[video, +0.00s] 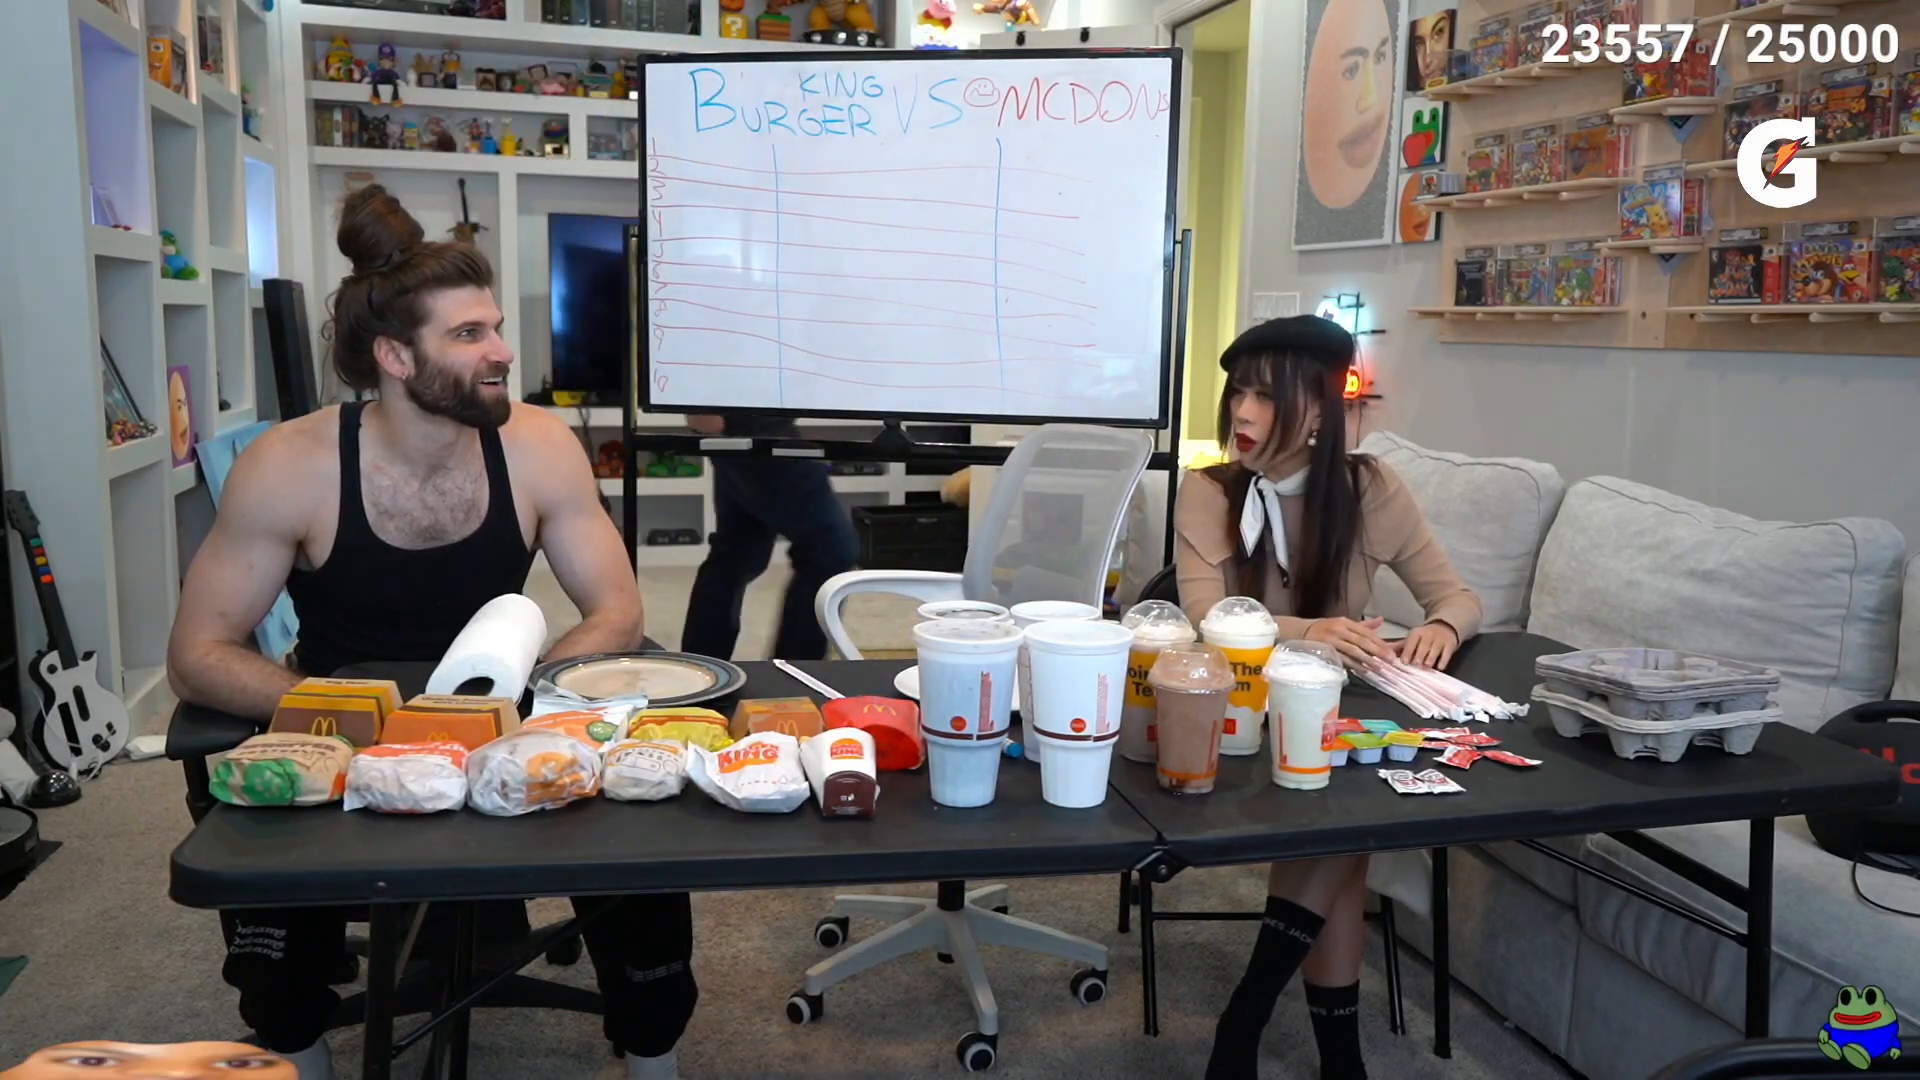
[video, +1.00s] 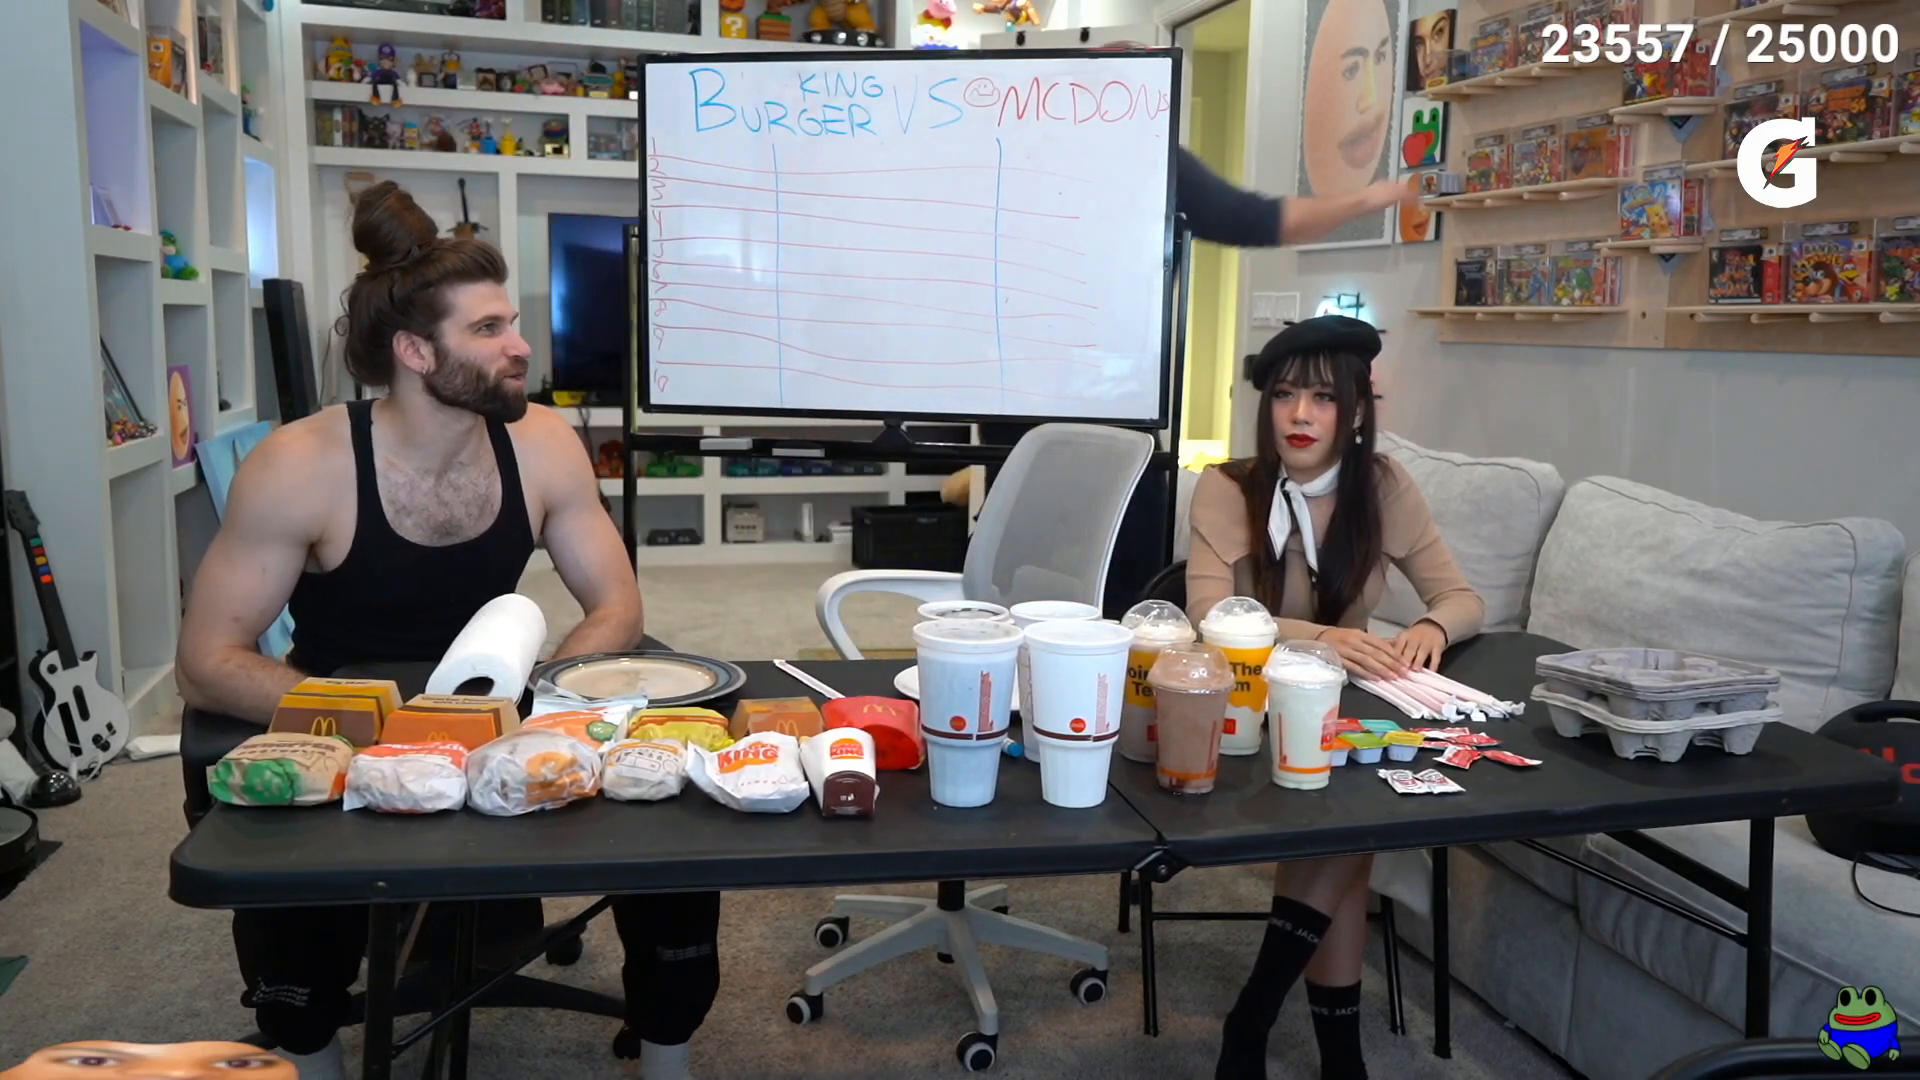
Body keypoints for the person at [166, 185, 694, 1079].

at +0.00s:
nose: (499, 351)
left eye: (499, 330)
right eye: (468, 336)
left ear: (502, 328)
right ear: (393, 358)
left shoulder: (539, 447)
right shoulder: (290, 466)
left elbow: (620, 614)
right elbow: (198, 654)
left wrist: (525, 679)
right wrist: (341, 709)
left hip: (509, 746)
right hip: (338, 757)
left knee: (638, 839)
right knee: (269, 879)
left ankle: (652, 1059)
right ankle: (299, 1060)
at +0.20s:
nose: (500, 352)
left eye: (499, 331)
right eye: (470, 337)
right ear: (396, 360)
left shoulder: (540, 447)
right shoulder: (290, 466)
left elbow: (620, 613)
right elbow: (198, 654)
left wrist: (528, 679)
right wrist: (340, 708)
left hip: (510, 746)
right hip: (339, 757)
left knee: (639, 840)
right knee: (270, 878)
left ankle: (652, 1058)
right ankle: (298, 1059)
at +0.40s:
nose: (503, 352)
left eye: (501, 330)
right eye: (472, 337)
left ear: (504, 326)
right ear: (397, 359)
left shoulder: (540, 447)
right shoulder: (291, 466)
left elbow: (620, 614)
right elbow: (198, 654)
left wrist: (524, 682)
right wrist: (342, 709)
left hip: (508, 747)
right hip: (338, 757)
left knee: (631, 849)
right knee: (279, 885)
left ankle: (651, 1061)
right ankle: (301, 1060)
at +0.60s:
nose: (508, 351)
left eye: (505, 329)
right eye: (477, 336)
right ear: (401, 357)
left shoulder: (539, 447)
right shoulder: (291, 465)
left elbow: (619, 613)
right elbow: (198, 654)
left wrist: (524, 681)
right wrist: (344, 714)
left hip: (509, 748)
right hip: (341, 758)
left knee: (624, 838)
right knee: (297, 863)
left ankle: (654, 1059)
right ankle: (313, 1060)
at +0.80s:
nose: (511, 349)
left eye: (507, 328)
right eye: (481, 335)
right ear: (405, 357)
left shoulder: (541, 447)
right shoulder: (293, 466)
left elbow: (618, 613)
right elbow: (199, 657)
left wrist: (527, 683)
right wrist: (355, 713)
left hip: (508, 744)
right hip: (342, 755)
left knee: (647, 831)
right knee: (299, 869)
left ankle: (662, 1058)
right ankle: (303, 1061)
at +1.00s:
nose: (518, 345)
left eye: (514, 323)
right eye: (488, 330)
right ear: (414, 352)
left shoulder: (541, 443)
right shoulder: (302, 464)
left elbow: (619, 608)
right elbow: (206, 658)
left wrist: (535, 688)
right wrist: (358, 714)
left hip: (504, 743)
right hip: (340, 751)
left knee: (673, 830)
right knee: (290, 875)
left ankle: (665, 1058)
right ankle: (309, 1062)